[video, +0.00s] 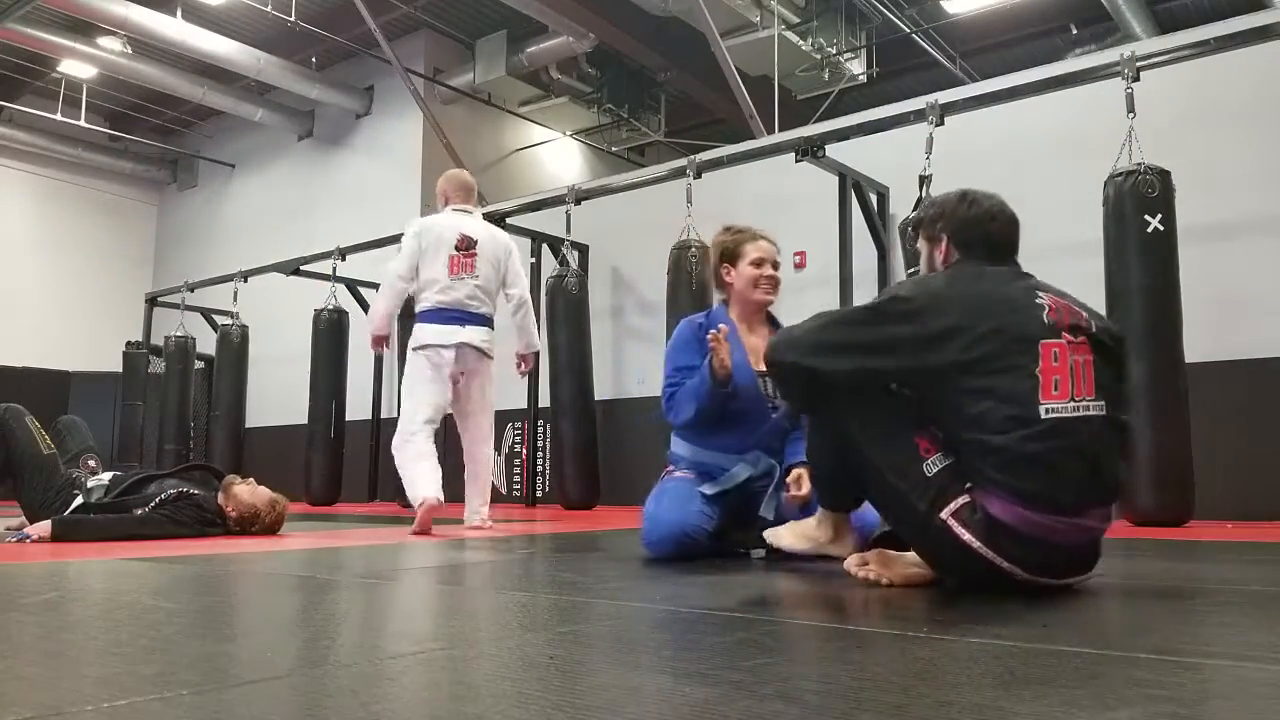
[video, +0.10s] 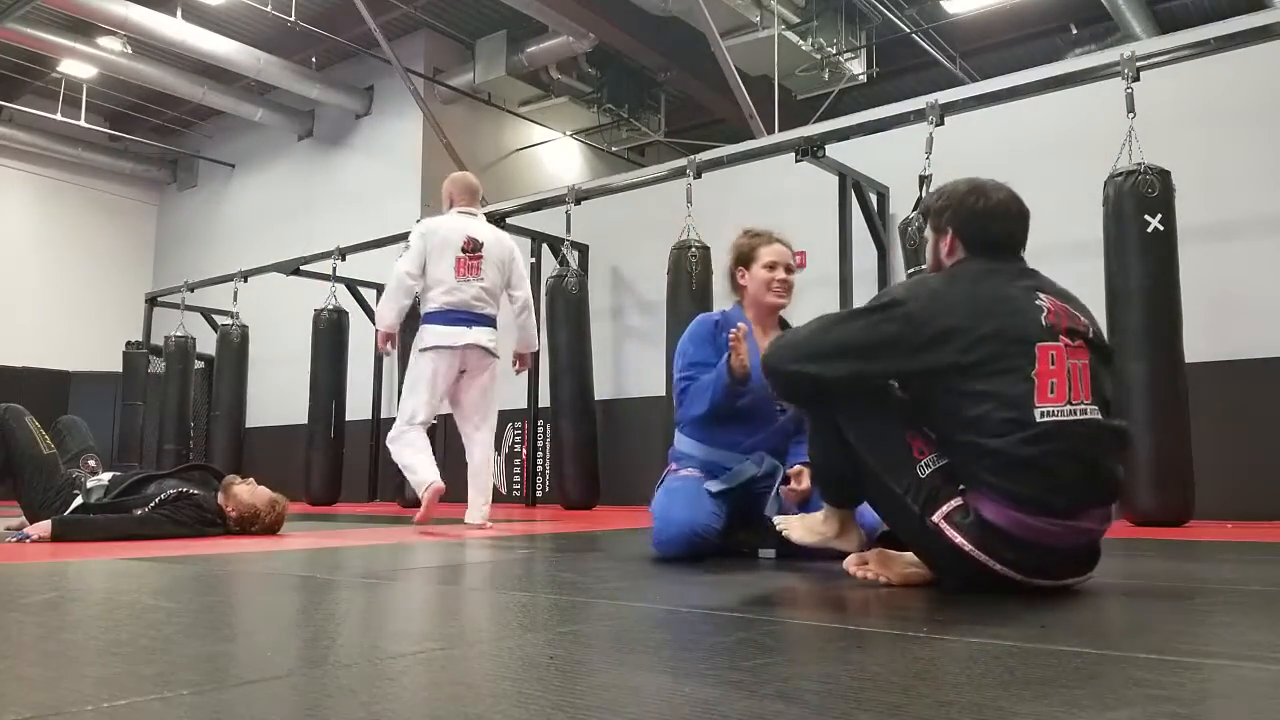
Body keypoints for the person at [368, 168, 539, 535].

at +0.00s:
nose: (437, 203)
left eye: (438, 199)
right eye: (439, 199)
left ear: (443, 198)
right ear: (476, 200)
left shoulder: (423, 228)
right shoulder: (501, 238)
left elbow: (398, 277)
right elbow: (519, 296)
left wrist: (380, 323)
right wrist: (528, 343)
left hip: (431, 339)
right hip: (478, 342)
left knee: (415, 424)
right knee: (478, 430)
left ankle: (426, 494)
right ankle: (477, 515)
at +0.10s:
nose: (442, 204)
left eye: (443, 200)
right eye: (446, 200)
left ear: (448, 200)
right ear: (480, 201)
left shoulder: (429, 228)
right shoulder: (505, 241)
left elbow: (406, 276)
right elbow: (522, 298)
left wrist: (387, 322)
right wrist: (525, 344)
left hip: (437, 339)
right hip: (484, 341)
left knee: (408, 425)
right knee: (480, 429)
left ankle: (428, 482)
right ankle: (478, 514)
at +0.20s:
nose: (442, 207)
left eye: (444, 203)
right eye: (445, 203)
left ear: (450, 203)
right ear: (481, 205)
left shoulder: (433, 229)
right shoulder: (506, 243)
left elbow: (411, 274)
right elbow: (522, 300)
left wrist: (392, 322)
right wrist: (522, 344)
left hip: (439, 340)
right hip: (485, 343)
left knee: (410, 425)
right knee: (480, 430)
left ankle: (430, 492)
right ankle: (477, 514)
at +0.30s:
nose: (440, 212)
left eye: (442, 208)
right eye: (444, 207)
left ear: (448, 208)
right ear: (477, 210)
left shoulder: (433, 234)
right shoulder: (501, 246)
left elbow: (413, 279)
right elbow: (518, 303)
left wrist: (393, 325)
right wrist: (516, 347)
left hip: (438, 343)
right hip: (483, 345)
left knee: (419, 427)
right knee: (480, 429)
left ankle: (423, 510)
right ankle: (477, 512)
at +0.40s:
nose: (433, 218)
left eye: (435, 213)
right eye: (435, 212)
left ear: (445, 213)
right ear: (470, 216)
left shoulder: (428, 242)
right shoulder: (494, 252)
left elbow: (410, 287)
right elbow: (510, 309)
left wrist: (393, 333)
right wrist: (505, 353)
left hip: (435, 345)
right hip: (480, 347)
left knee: (428, 427)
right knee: (478, 430)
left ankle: (420, 505)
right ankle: (476, 509)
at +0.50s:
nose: (424, 223)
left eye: (425, 218)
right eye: (425, 218)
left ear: (436, 218)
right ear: (459, 220)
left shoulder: (421, 250)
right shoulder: (485, 258)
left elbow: (407, 296)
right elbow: (498, 314)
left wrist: (388, 343)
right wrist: (494, 355)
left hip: (429, 350)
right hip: (473, 352)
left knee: (425, 430)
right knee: (474, 430)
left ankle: (426, 509)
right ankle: (476, 505)